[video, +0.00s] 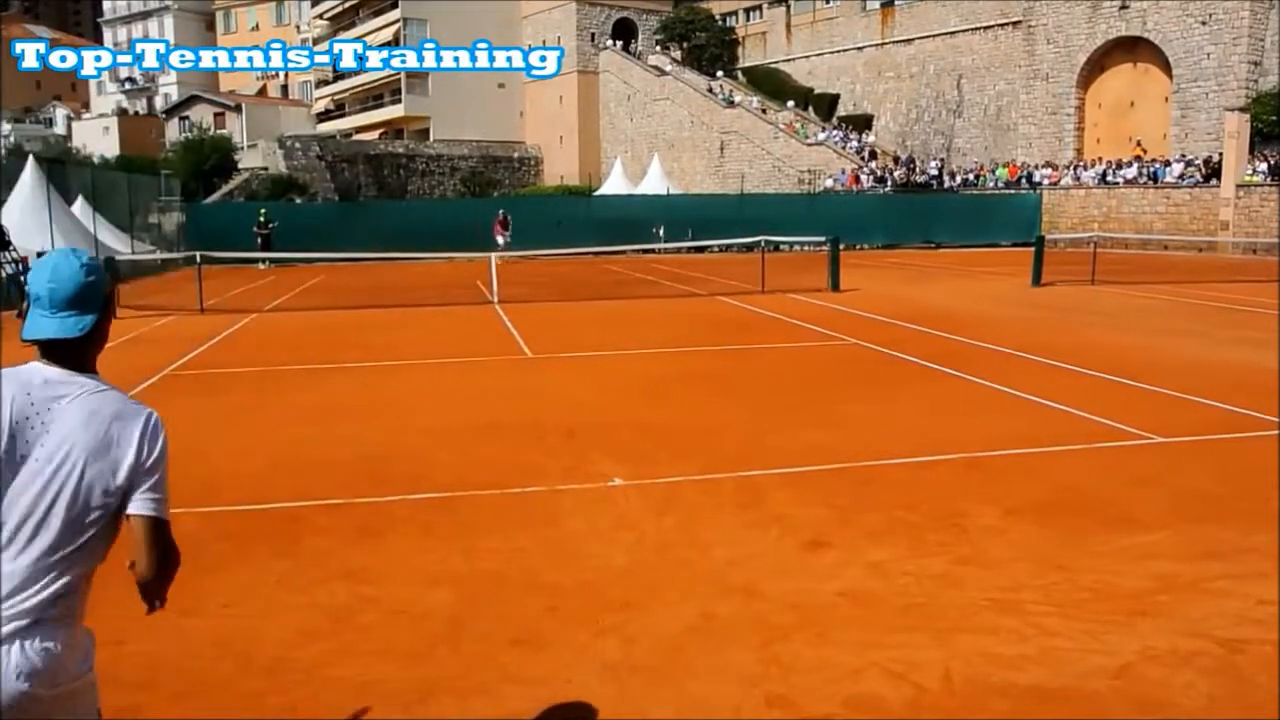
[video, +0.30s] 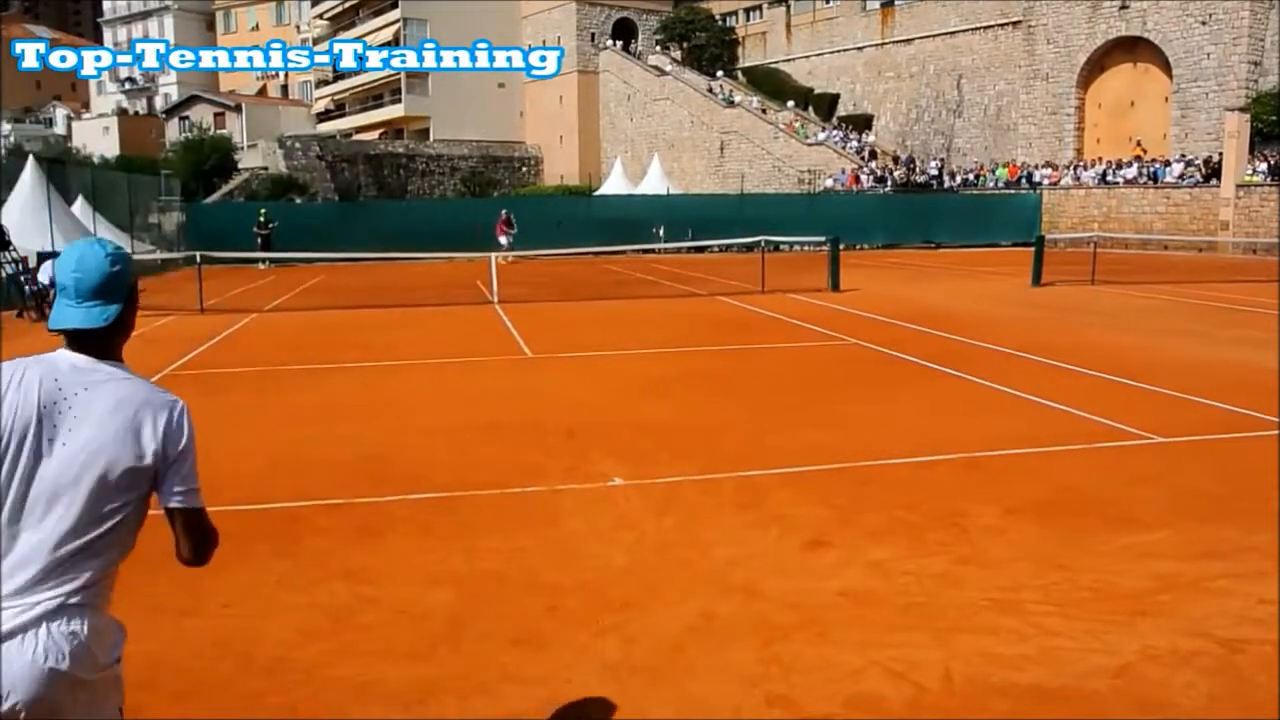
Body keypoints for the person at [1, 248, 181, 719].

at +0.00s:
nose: (113, 321)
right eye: (113, 311)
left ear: (29, 315)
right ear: (107, 322)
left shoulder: (4, 391)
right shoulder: (133, 423)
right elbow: (152, 563)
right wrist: (151, 585)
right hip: (41, 661)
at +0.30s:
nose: (135, 316)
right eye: (135, 305)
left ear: (56, 304)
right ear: (131, 314)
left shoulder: (7, 382)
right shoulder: (156, 409)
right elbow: (195, 549)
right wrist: (198, 524)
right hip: (68, 651)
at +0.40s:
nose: (148, 312)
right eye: (148, 301)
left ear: (69, 301)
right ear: (145, 311)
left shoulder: (9, 382)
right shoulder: (170, 406)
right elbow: (215, 535)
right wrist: (216, 516)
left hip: (3, 635)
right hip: (78, 649)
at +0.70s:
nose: (176, 295)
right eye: (175, 286)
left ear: (99, 286)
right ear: (172, 294)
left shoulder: (31, 372)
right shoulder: (201, 388)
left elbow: (2, 462)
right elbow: (261, 503)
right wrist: (226, 471)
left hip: (8, 625)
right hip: (105, 633)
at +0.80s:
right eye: (183, 277)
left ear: (112, 275)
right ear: (184, 283)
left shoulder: (50, 361)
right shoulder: (217, 372)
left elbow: (2, 456)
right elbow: (278, 481)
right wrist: (237, 456)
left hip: (19, 603)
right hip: (121, 616)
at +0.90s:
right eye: (198, 263)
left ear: (127, 265)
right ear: (196, 270)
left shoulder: (68, 345)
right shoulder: (229, 353)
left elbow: (8, 453)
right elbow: (295, 462)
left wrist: (4, 535)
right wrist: (247, 449)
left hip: (43, 591)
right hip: (141, 599)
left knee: (56, 711)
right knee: (115, 711)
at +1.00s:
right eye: (198, 264)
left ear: (127, 265)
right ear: (196, 270)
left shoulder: (68, 345)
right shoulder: (229, 353)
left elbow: (8, 453)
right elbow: (295, 462)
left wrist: (4, 535)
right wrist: (247, 450)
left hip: (43, 592)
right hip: (141, 599)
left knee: (56, 711)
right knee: (115, 711)